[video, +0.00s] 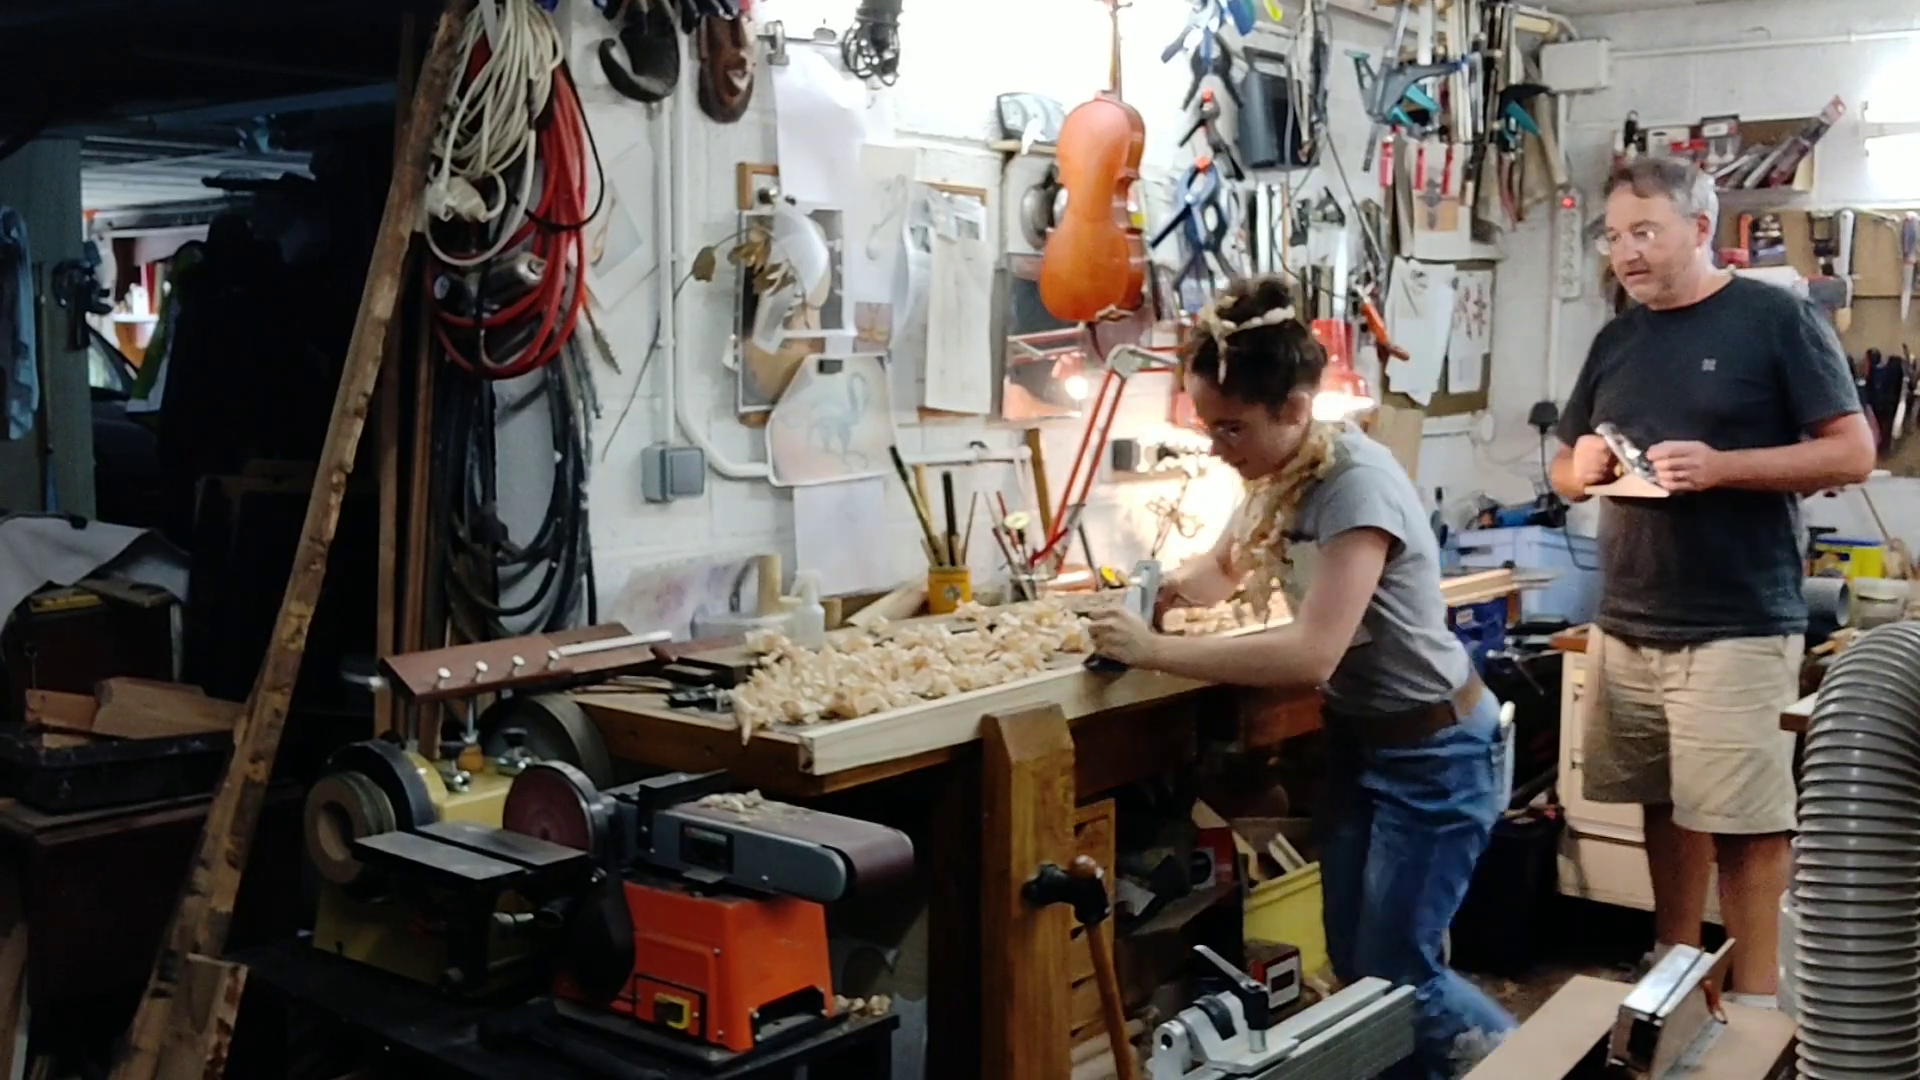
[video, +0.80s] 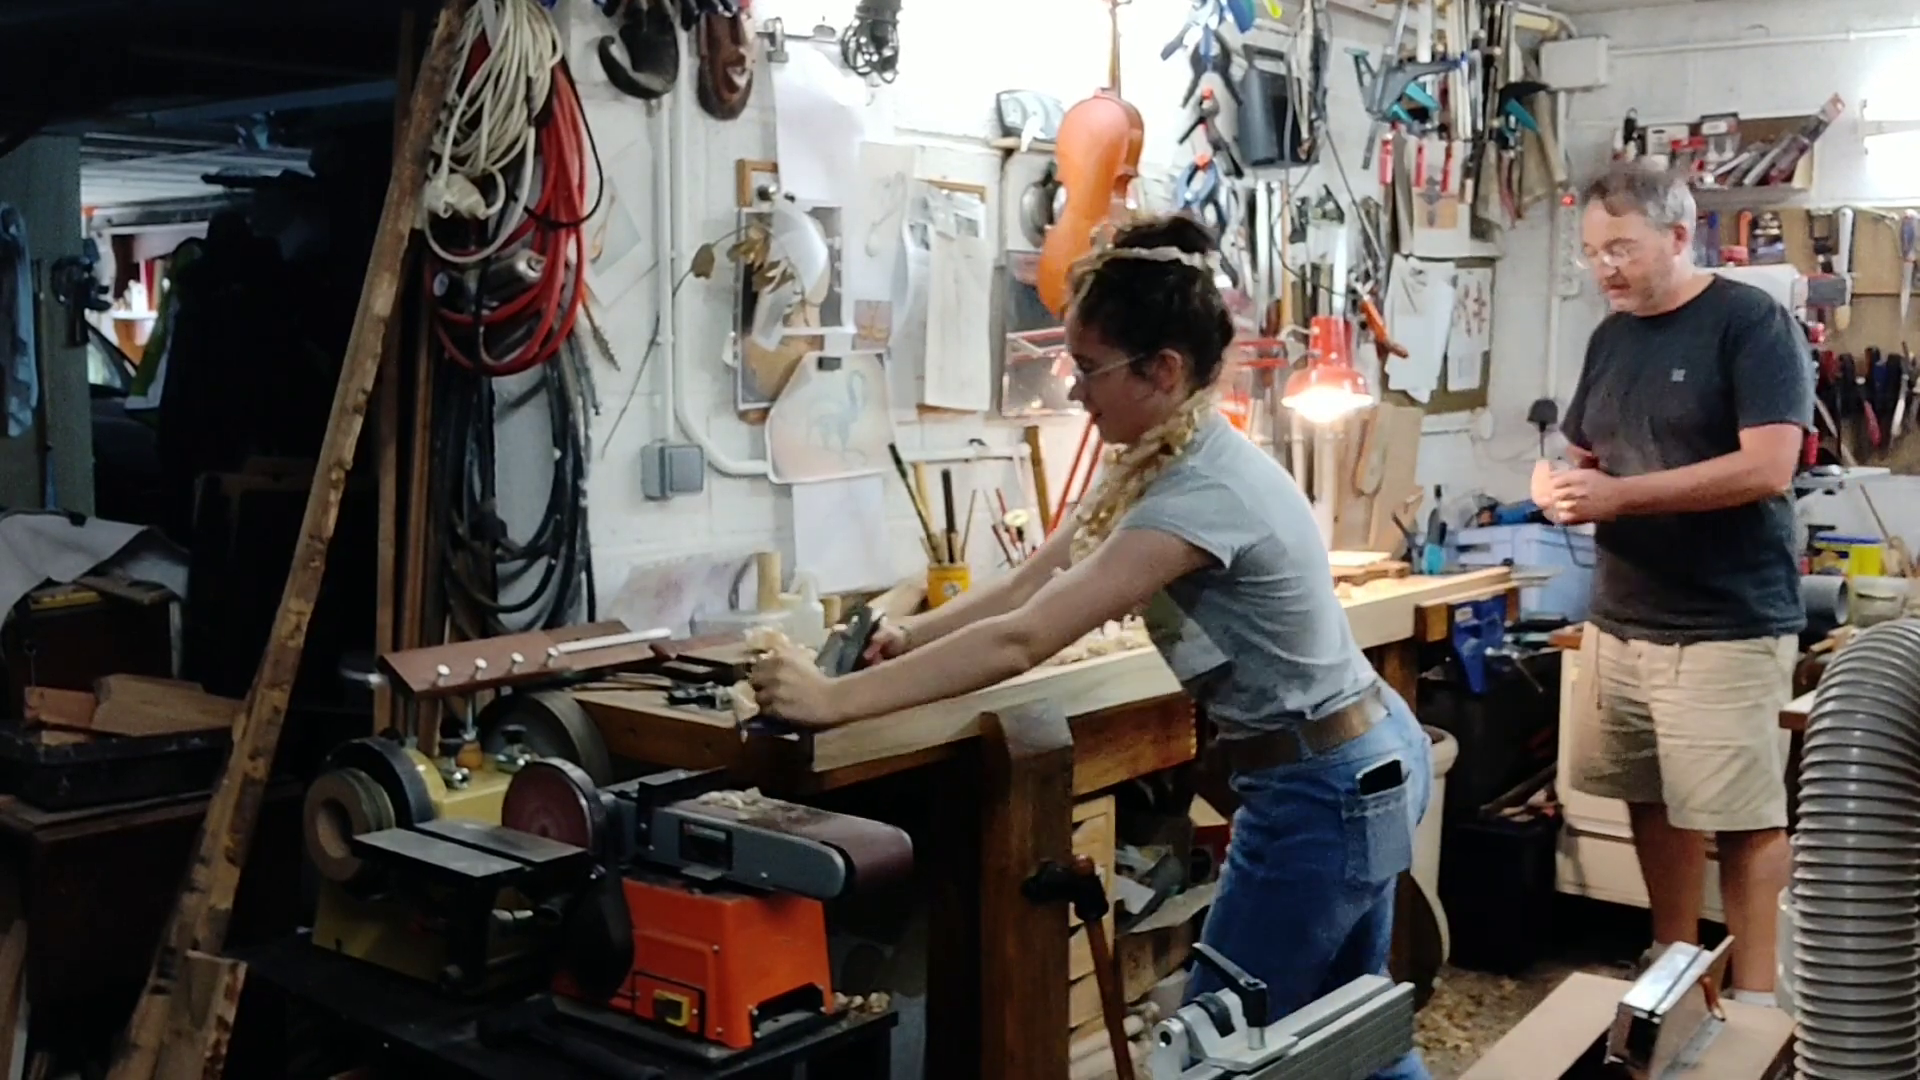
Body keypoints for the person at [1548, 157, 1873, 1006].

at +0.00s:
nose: (1626, 251)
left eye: (1644, 231)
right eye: (1614, 235)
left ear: (1701, 228)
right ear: (1606, 243)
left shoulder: (1777, 313)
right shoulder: (1615, 339)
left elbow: (1855, 451)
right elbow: (1565, 465)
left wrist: (1723, 464)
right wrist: (1581, 468)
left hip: (1740, 630)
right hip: (1634, 627)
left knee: (1744, 829)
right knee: (1667, 810)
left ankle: (1753, 1006)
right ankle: (1676, 972)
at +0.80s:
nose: (1604, 268)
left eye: (1620, 248)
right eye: (1594, 252)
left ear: (1679, 236)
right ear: (1588, 250)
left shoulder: (1752, 319)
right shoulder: (1610, 334)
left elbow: (1770, 466)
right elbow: (1580, 445)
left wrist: (1617, 494)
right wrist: (1555, 477)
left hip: (1730, 627)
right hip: (1626, 622)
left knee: (1746, 818)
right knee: (1656, 806)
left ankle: (1755, 995)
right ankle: (1674, 966)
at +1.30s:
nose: (1512, 341)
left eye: (1520, 320)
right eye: (1504, 327)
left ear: (1579, 294)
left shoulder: (1666, 361)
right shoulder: (1559, 382)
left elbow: (1665, 520)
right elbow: (1561, 483)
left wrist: (1524, 552)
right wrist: (1501, 527)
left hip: (1710, 629)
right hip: (1615, 630)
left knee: (1710, 816)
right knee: (1620, 805)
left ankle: (1748, 999)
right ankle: (1656, 961)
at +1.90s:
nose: (1478, 367)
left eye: (1502, 347)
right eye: (1468, 349)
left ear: (1551, 324)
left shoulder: (1620, 389)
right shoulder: (1500, 390)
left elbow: (1628, 555)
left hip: (1700, 623)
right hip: (1596, 628)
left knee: (1676, 830)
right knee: (1621, 825)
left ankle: (1713, 1014)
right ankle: (1666, 995)